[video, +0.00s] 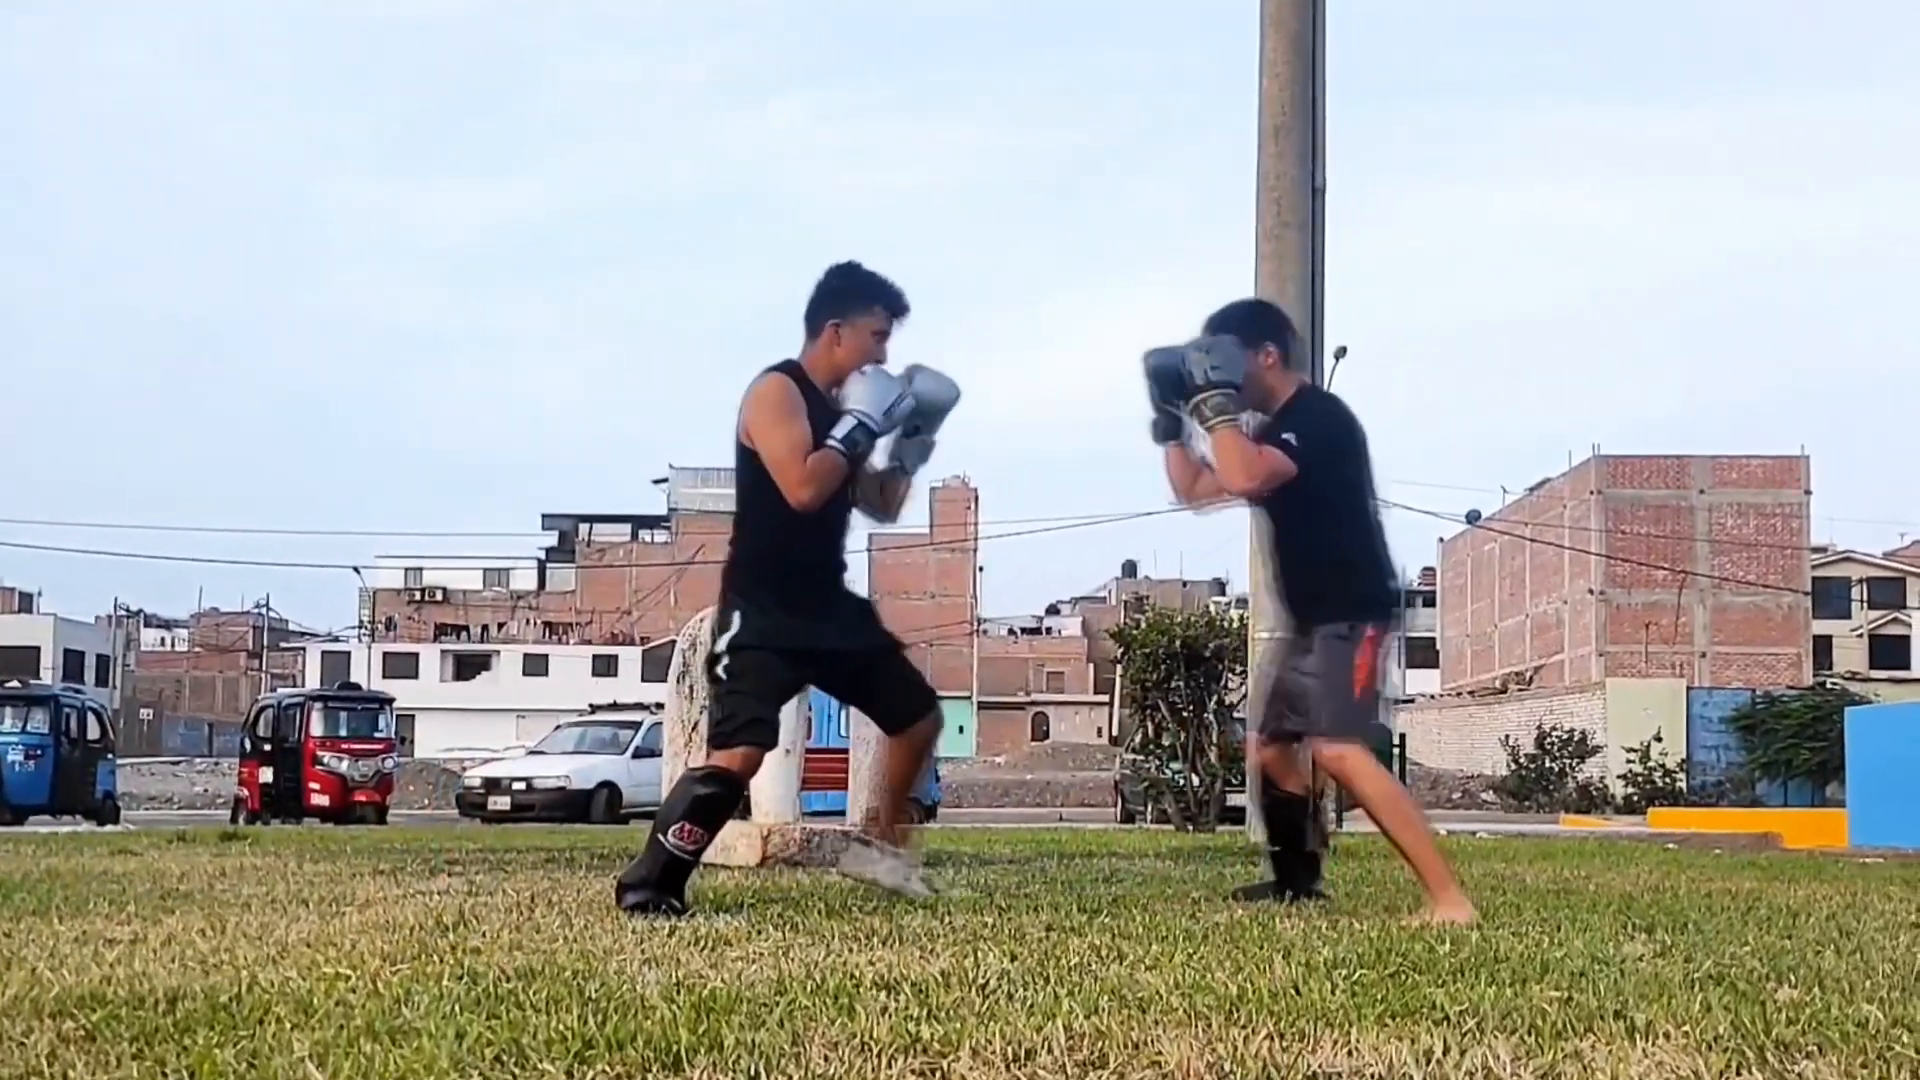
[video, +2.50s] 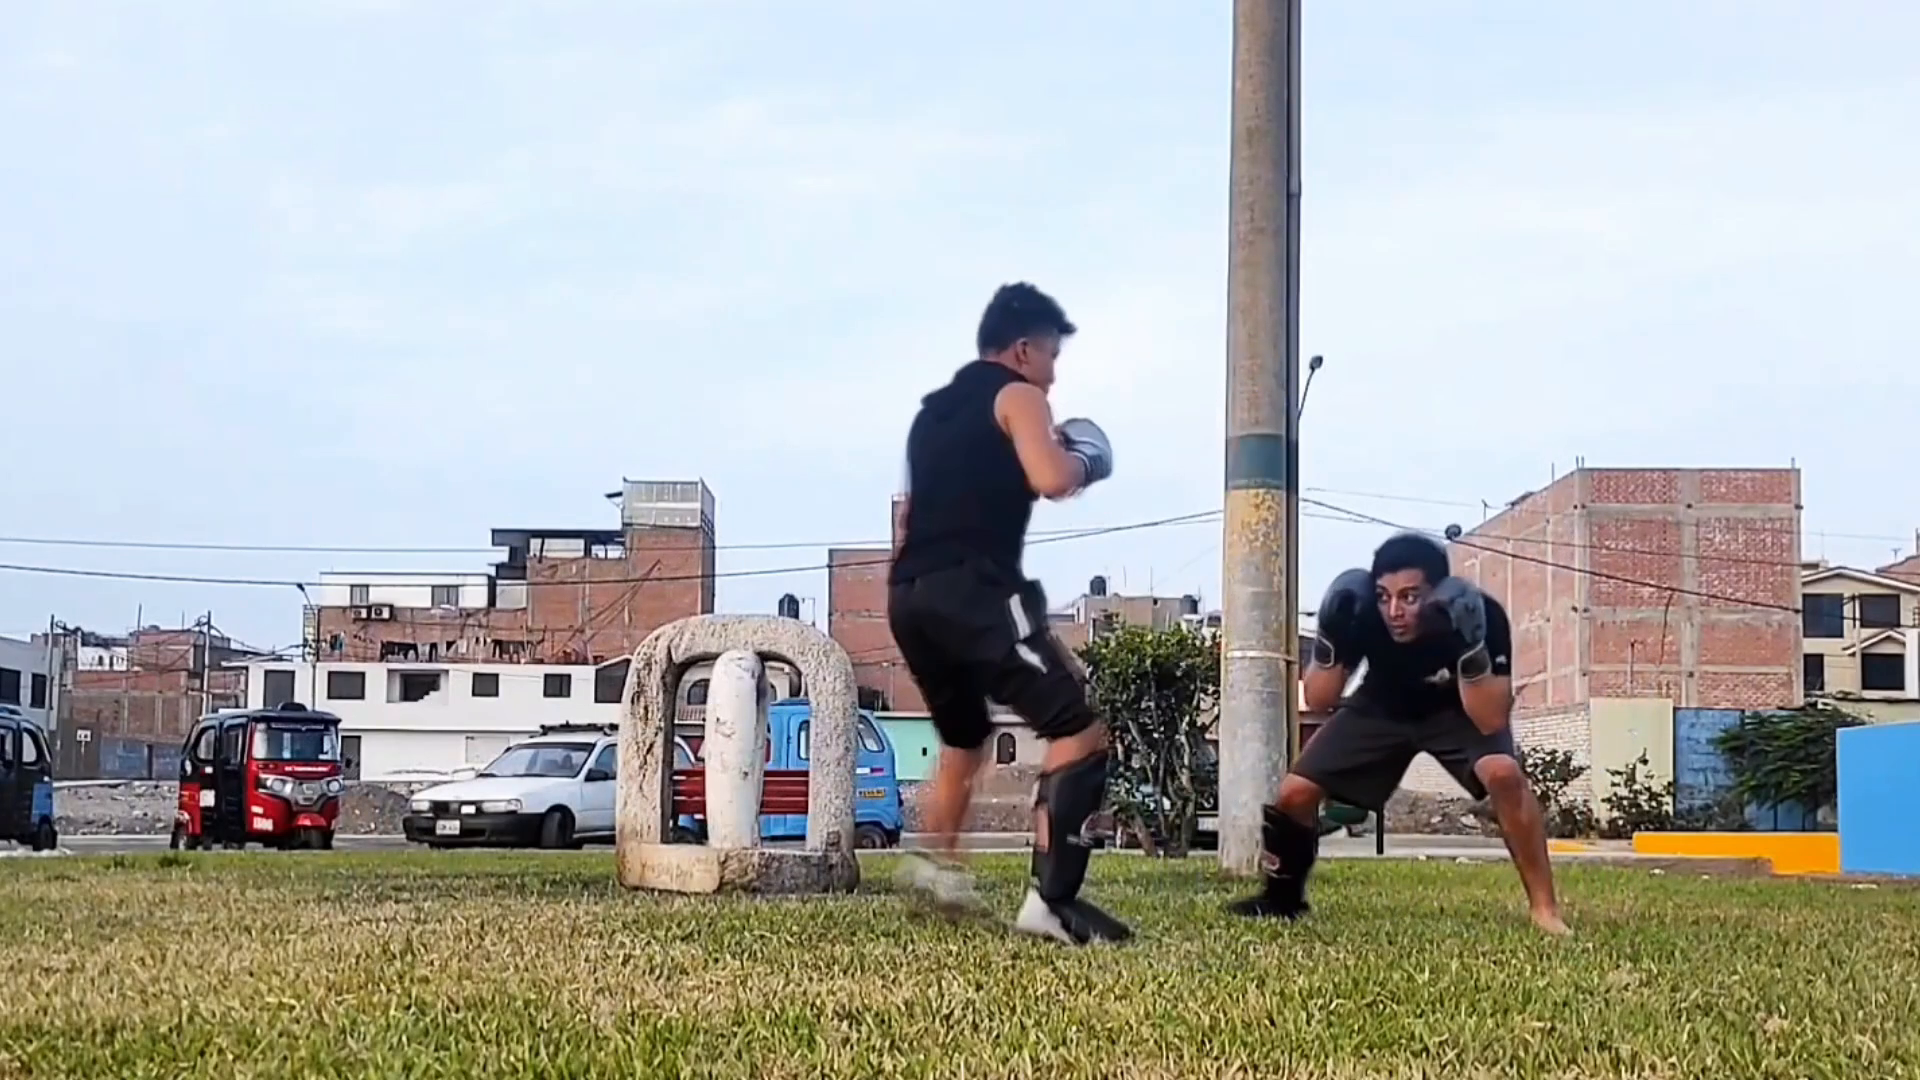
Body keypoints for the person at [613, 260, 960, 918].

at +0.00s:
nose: (885, 354)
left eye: (888, 339)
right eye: (877, 336)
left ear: (839, 334)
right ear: (833, 329)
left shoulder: (844, 411)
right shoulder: (774, 391)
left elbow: (884, 503)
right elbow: (804, 490)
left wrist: (912, 438)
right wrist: (861, 420)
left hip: (829, 607)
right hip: (764, 607)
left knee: (917, 718)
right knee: (739, 754)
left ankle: (881, 848)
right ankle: (648, 887)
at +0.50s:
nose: (975, 370)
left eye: (978, 355)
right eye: (965, 352)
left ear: (942, 354)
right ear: (916, 348)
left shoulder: (944, 432)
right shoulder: (849, 421)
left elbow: (985, 533)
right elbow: (862, 522)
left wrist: (1024, 476)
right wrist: (924, 451)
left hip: (950, 638)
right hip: (865, 644)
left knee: (1054, 732)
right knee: (820, 771)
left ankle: (1030, 866)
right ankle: (761, 913)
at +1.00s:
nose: (1248, 424)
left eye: (1247, 413)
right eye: (1243, 411)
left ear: (1182, 405)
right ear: (1213, 405)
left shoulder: (1125, 455)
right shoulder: (1217, 445)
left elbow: (1142, 531)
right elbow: (1323, 491)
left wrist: (1214, 536)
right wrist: (1373, 504)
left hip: (1110, 651)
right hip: (1083, 639)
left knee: (1189, 764)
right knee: (986, 773)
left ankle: (1211, 927)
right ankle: (823, 844)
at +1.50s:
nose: (1240, 340)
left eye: (1240, 326)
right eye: (1238, 324)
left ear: (1180, 322)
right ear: (1211, 323)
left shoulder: (1156, 386)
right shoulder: (1172, 384)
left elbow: (1227, 492)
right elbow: (1247, 490)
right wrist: (1263, 419)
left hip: (1151, 605)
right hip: (1138, 606)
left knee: (1210, 755)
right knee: (1169, 771)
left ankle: (1204, 920)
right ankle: (1101, 944)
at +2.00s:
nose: (1228, 378)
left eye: (1229, 362)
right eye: (1226, 361)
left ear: (1169, 355)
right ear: (1197, 358)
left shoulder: (1131, 412)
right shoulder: (1137, 413)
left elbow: (1175, 526)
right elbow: (1189, 527)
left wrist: (1225, 472)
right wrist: (1223, 465)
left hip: (1041, 619)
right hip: (1070, 622)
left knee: (1139, 754)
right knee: (1188, 766)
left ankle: (1105, 906)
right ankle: (1144, 946)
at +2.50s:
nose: (1056, 369)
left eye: (1057, 355)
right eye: (1053, 354)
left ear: (991, 346)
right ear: (1021, 348)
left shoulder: (933, 407)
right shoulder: (1016, 395)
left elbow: (945, 491)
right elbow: (1051, 479)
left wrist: (1037, 445)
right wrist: (1086, 460)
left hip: (911, 596)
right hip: (976, 589)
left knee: (962, 741)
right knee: (1077, 733)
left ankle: (936, 869)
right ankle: (1052, 899)